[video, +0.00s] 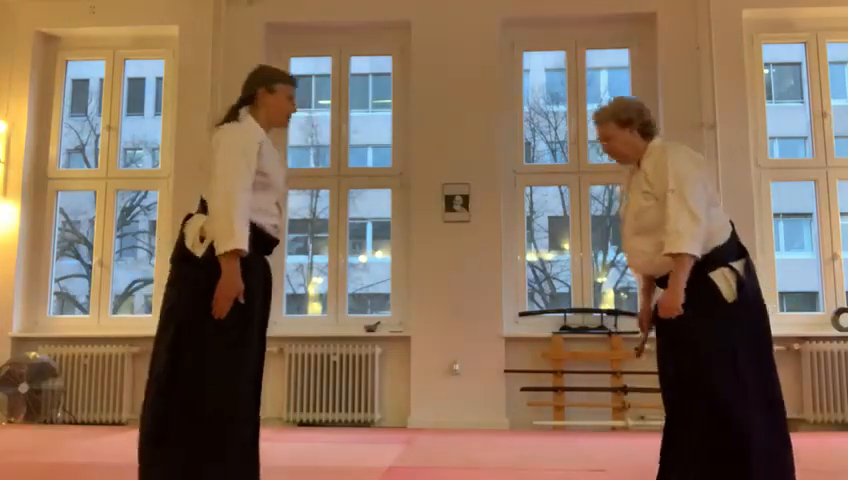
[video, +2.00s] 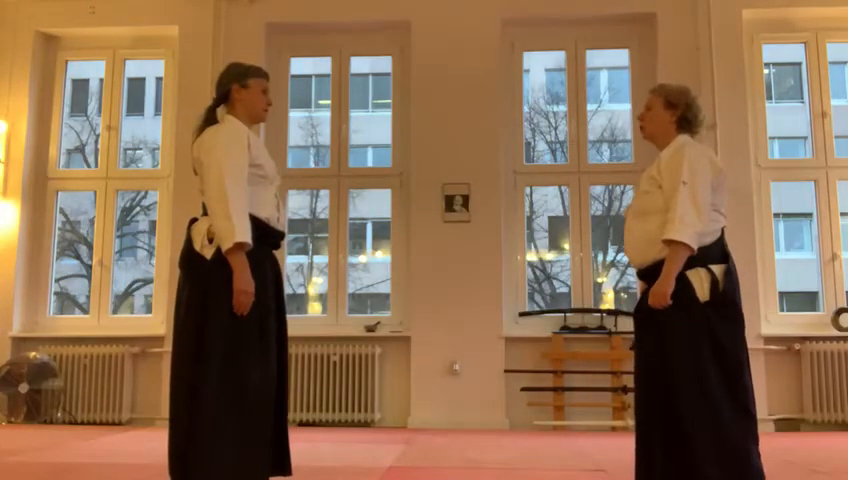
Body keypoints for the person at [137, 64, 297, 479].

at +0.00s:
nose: (293, 107)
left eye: (293, 100)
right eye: (288, 99)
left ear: (266, 98)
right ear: (263, 96)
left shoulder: (257, 139)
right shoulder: (239, 134)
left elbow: (243, 202)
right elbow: (228, 197)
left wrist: (247, 268)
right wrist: (230, 267)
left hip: (245, 263)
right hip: (227, 264)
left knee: (232, 381)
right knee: (218, 380)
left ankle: (224, 470)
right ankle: (210, 472)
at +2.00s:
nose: (269, 100)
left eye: (269, 93)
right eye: (263, 92)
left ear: (244, 96)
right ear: (236, 94)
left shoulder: (243, 136)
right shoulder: (225, 134)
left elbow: (241, 202)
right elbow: (222, 199)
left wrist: (262, 258)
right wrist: (239, 265)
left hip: (247, 257)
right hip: (229, 260)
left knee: (245, 367)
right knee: (231, 367)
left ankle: (241, 463)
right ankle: (227, 465)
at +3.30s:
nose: (270, 102)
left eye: (270, 94)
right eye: (264, 93)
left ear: (242, 94)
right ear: (239, 92)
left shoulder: (241, 134)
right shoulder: (228, 134)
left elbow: (242, 198)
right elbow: (240, 198)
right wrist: (299, 235)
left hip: (235, 255)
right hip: (230, 258)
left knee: (237, 364)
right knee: (235, 364)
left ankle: (230, 464)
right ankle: (232, 465)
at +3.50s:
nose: (273, 102)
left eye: (274, 94)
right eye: (267, 93)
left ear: (243, 96)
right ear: (240, 92)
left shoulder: (223, 133)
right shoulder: (238, 134)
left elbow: (254, 193)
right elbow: (262, 189)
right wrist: (324, 200)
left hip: (214, 249)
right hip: (234, 255)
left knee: (217, 359)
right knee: (238, 360)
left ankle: (214, 463)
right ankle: (236, 464)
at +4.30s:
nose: (262, 108)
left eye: (263, 100)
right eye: (256, 99)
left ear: (236, 98)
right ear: (229, 94)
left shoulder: (232, 140)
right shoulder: (213, 137)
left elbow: (227, 202)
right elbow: (216, 199)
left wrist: (279, 217)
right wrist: (281, 215)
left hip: (217, 258)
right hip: (199, 259)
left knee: (220, 364)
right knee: (205, 365)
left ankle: (213, 464)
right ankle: (201, 466)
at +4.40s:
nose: (253, 110)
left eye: (255, 103)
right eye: (248, 101)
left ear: (227, 101)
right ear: (220, 97)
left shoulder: (220, 141)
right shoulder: (206, 138)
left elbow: (216, 211)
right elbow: (200, 201)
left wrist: (237, 268)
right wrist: (264, 222)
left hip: (207, 261)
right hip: (192, 261)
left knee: (208, 367)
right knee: (199, 368)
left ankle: (201, 466)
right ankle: (197, 469)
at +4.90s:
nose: (215, 116)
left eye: (217, 109)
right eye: (210, 106)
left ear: (197, 109)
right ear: (184, 102)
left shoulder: (194, 150)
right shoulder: (159, 143)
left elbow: (190, 212)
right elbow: (147, 205)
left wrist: (202, 268)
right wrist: (202, 235)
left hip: (184, 263)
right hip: (154, 262)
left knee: (182, 364)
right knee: (153, 366)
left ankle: (176, 463)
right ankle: (146, 465)